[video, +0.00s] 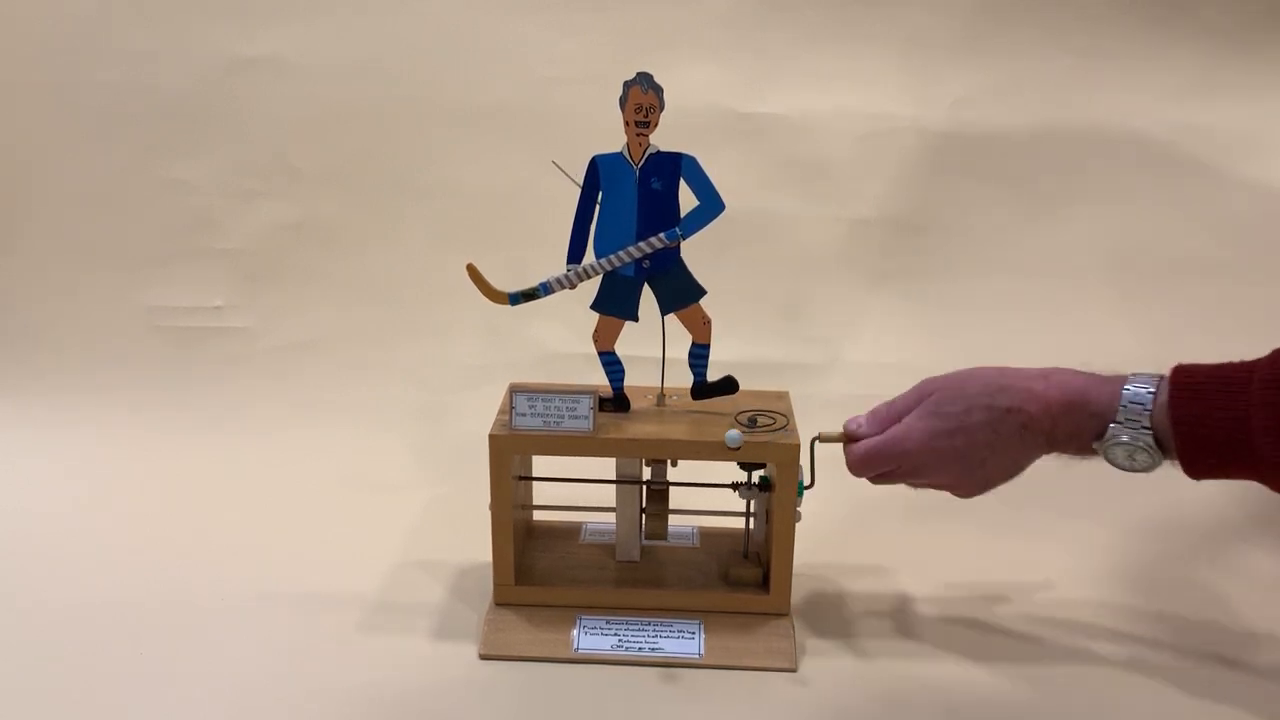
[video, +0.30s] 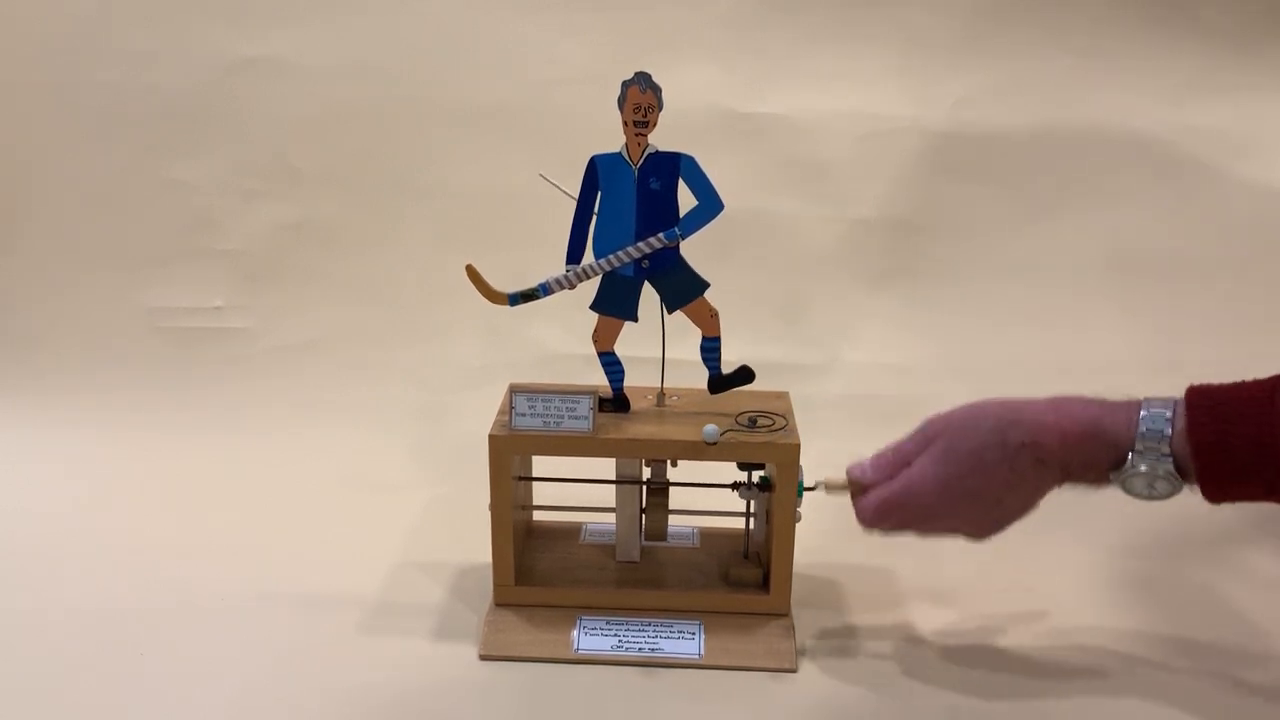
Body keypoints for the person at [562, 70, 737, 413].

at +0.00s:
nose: (644, 116)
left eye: (651, 109)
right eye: (637, 108)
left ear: (660, 115)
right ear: (622, 112)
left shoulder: (678, 163)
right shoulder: (601, 165)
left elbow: (714, 205)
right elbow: (582, 220)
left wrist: (675, 235)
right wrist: (573, 267)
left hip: (665, 265)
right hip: (620, 267)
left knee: (701, 326)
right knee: (603, 339)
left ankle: (700, 385)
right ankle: (619, 396)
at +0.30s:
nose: (643, 115)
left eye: (650, 107)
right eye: (636, 107)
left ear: (659, 114)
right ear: (621, 113)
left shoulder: (678, 163)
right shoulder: (601, 166)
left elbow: (712, 204)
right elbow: (582, 218)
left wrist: (672, 235)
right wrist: (573, 266)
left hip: (665, 262)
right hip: (620, 266)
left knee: (709, 319)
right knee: (602, 339)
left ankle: (715, 378)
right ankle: (618, 397)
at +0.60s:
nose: (642, 117)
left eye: (649, 111)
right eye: (635, 110)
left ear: (658, 119)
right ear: (620, 116)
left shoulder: (676, 167)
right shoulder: (600, 170)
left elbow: (713, 208)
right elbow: (582, 223)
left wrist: (674, 238)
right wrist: (572, 271)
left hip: (666, 263)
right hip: (621, 268)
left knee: (718, 313)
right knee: (603, 342)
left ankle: (733, 372)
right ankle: (618, 400)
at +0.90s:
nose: (643, 118)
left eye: (650, 112)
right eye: (636, 111)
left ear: (658, 120)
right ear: (622, 117)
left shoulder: (677, 168)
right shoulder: (601, 170)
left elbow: (713, 209)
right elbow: (582, 226)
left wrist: (673, 240)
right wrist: (573, 273)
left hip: (665, 261)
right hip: (620, 268)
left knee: (725, 303)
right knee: (602, 343)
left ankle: (750, 359)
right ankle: (619, 401)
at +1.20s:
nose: (647, 121)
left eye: (654, 114)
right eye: (640, 113)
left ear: (663, 122)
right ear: (626, 118)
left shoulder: (681, 170)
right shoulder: (604, 171)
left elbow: (716, 211)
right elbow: (585, 224)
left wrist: (676, 241)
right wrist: (575, 270)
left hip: (667, 270)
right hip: (621, 272)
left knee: (706, 330)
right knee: (603, 344)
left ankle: (707, 389)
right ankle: (618, 402)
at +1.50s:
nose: (646, 120)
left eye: (653, 114)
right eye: (639, 113)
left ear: (662, 121)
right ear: (624, 118)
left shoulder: (678, 169)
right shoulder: (603, 171)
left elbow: (715, 211)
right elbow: (584, 224)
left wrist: (676, 241)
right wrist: (573, 273)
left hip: (663, 276)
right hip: (619, 276)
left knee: (678, 343)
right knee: (603, 344)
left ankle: (660, 399)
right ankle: (618, 400)